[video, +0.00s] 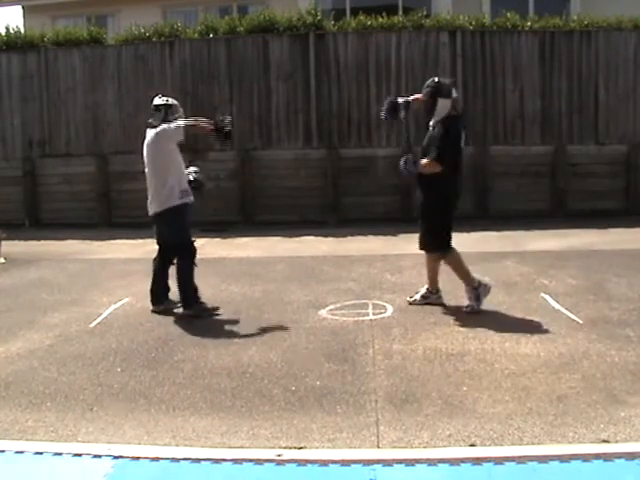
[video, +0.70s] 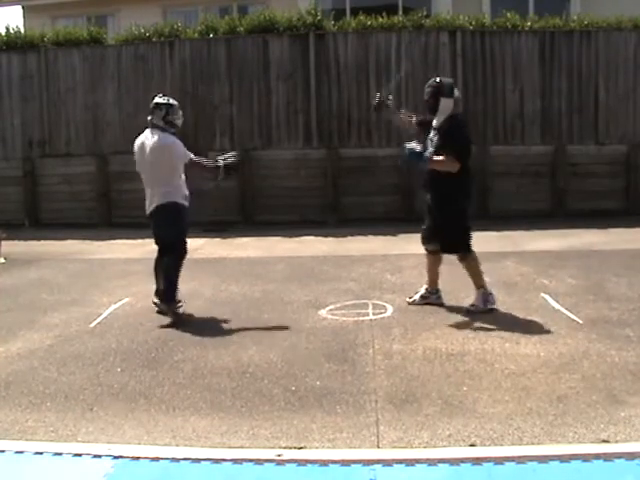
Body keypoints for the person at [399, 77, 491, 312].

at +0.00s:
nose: (422, 100)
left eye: (426, 97)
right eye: (424, 97)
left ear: (437, 101)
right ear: (443, 101)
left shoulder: (443, 127)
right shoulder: (446, 120)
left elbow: (438, 164)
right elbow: (426, 98)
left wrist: (414, 165)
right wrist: (403, 102)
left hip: (441, 193)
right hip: (435, 191)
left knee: (439, 243)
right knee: (432, 242)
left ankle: (474, 286)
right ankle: (432, 289)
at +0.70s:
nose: (427, 101)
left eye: (431, 96)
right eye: (427, 96)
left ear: (443, 100)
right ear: (441, 100)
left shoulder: (455, 125)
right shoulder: (437, 123)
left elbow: (454, 164)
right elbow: (411, 122)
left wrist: (424, 159)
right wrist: (388, 110)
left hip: (451, 198)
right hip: (438, 196)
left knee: (459, 247)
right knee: (432, 243)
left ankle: (483, 293)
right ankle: (431, 290)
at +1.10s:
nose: (439, 101)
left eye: (443, 96)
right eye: (439, 96)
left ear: (457, 99)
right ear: (450, 100)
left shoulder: (474, 126)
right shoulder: (450, 126)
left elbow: (474, 157)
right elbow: (441, 158)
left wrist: (447, 152)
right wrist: (425, 181)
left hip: (473, 199)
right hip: (452, 197)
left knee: (477, 247)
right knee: (443, 242)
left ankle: (486, 295)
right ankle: (437, 290)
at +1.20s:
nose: (440, 105)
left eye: (444, 100)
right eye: (439, 100)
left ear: (458, 101)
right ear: (448, 101)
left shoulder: (474, 127)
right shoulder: (449, 127)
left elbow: (484, 159)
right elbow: (446, 163)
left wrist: (456, 167)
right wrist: (421, 174)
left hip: (471, 200)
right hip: (450, 197)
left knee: (475, 248)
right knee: (436, 241)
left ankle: (486, 296)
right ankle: (436, 290)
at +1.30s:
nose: (440, 105)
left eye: (443, 100)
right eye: (439, 100)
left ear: (457, 101)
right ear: (450, 101)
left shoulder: (474, 127)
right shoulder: (449, 126)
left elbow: (484, 158)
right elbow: (439, 157)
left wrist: (464, 171)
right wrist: (416, 172)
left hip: (469, 199)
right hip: (446, 196)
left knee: (473, 249)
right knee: (427, 238)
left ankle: (486, 295)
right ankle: (431, 288)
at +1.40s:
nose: (439, 107)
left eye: (443, 101)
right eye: (440, 101)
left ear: (455, 102)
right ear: (446, 102)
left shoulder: (471, 129)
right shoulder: (446, 128)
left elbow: (479, 160)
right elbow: (434, 158)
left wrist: (456, 182)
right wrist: (410, 168)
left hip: (465, 199)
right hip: (442, 196)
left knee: (471, 250)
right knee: (421, 239)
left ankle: (486, 296)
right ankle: (413, 287)